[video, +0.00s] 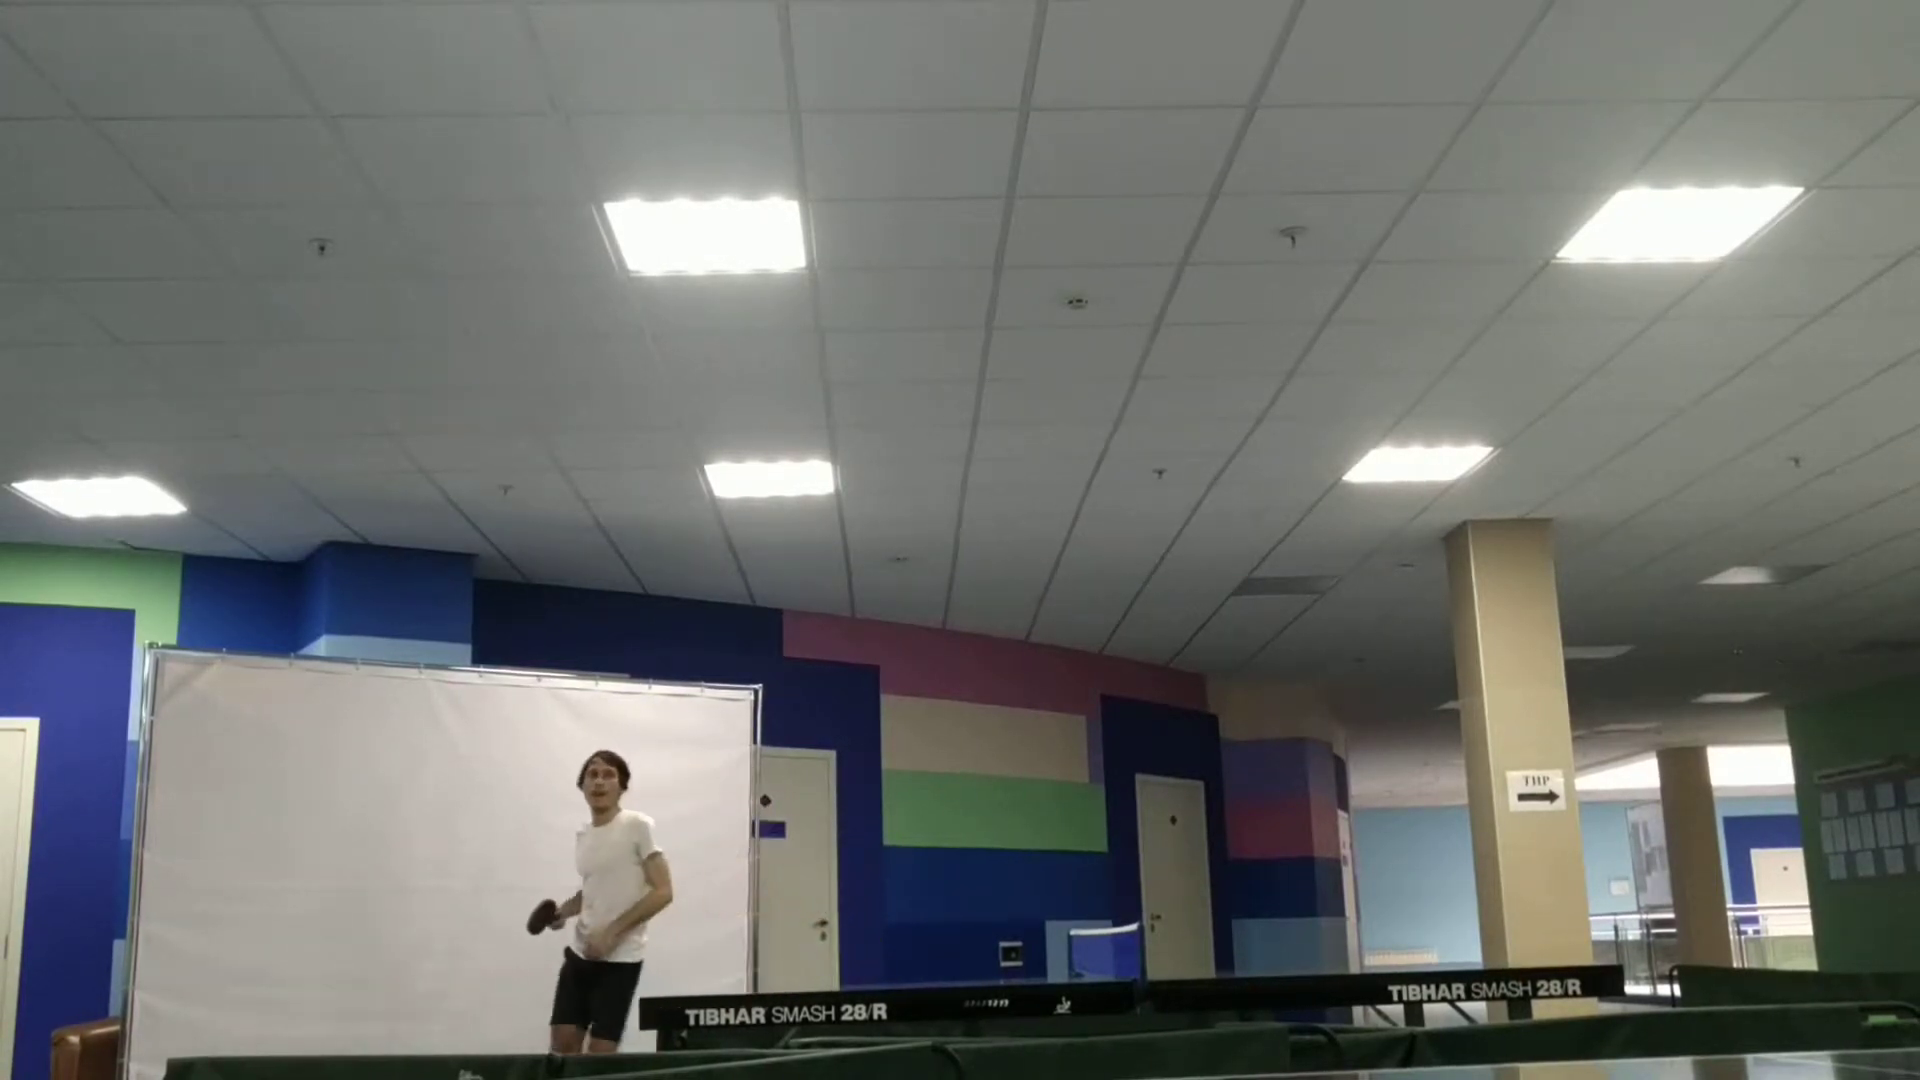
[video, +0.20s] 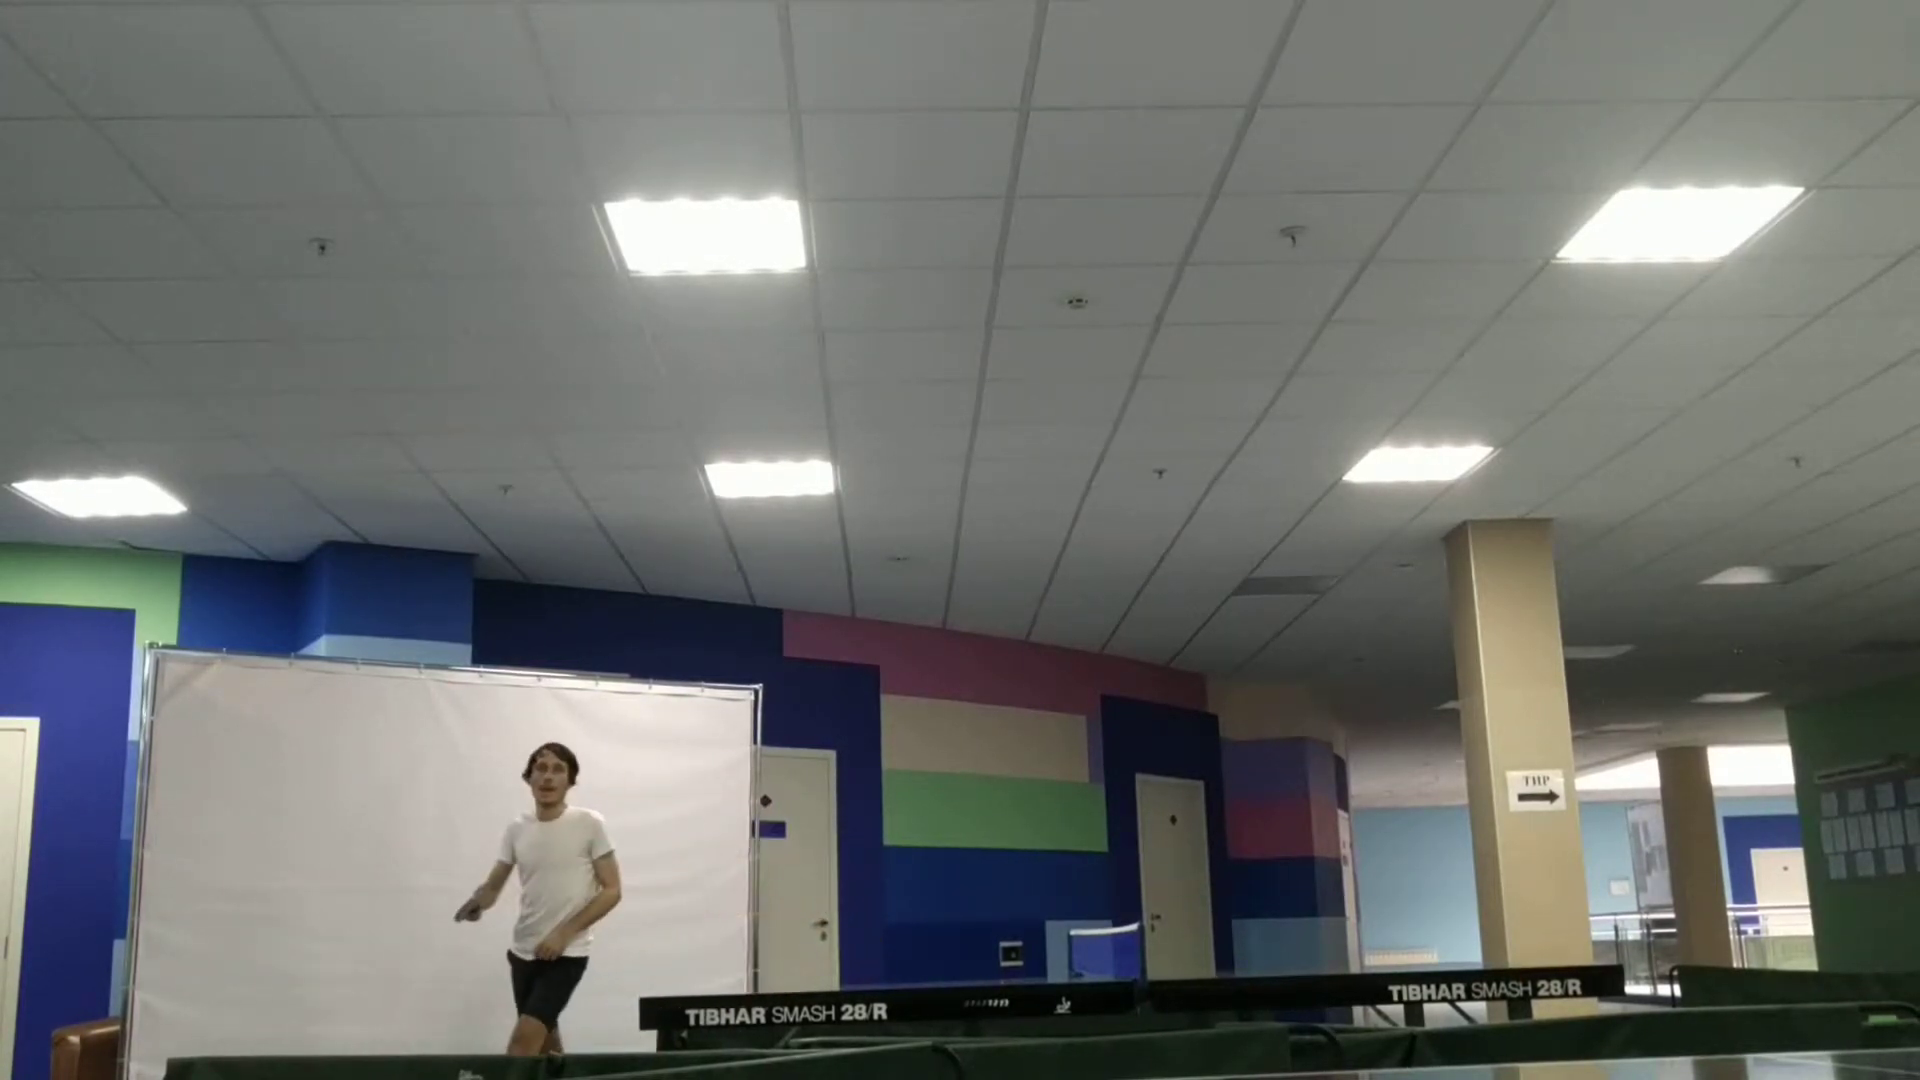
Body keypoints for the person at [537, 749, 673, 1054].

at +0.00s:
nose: (599, 781)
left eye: (609, 775)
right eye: (592, 774)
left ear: (622, 787)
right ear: (582, 785)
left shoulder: (637, 826)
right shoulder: (584, 836)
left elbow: (663, 892)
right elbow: (591, 892)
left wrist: (612, 932)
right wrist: (560, 913)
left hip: (619, 962)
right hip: (579, 957)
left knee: (599, 1057)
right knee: (562, 1050)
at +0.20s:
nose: (548, 777)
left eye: (558, 770)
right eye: (541, 769)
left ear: (571, 780)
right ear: (529, 779)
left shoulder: (588, 825)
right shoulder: (518, 829)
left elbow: (612, 891)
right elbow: (493, 885)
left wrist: (563, 933)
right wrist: (477, 902)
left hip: (566, 956)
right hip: (523, 955)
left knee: (521, 1049)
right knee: (548, 1050)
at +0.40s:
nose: (489, 776)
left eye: (500, 770)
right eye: (482, 768)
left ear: (516, 782)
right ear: (472, 778)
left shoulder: (531, 831)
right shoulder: (457, 829)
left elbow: (553, 900)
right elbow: (431, 884)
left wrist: (503, 941)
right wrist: (414, 907)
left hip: (502, 961)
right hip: (458, 960)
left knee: (461, 1052)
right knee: (458, 1055)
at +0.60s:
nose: (420, 761)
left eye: (431, 752)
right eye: (414, 753)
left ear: (452, 762)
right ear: (407, 761)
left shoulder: (475, 813)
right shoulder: (400, 812)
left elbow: (494, 887)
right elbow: (392, 880)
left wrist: (441, 923)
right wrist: (370, 921)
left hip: (447, 962)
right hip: (395, 958)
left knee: (435, 1064)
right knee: (361, 1056)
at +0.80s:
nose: (344, 769)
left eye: (353, 757)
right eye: (336, 761)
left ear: (379, 764)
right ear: (330, 770)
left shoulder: (410, 817)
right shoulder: (333, 821)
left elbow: (434, 894)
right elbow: (342, 886)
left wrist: (375, 920)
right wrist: (310, 931)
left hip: (386, 976)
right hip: (327, 973)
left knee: (399, 1070)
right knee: (294, 1060)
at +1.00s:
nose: (275, 748)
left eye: (284, 737)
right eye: (266, 741)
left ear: (312, 742)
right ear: (260, 749)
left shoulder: (349, 796)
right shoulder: (259, 804)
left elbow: (374, 878)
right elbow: (249, 877)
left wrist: (318, 923)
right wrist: (210, 919)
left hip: (313, 959)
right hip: (254, 953)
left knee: (288, 1062)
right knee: (239, 1059)